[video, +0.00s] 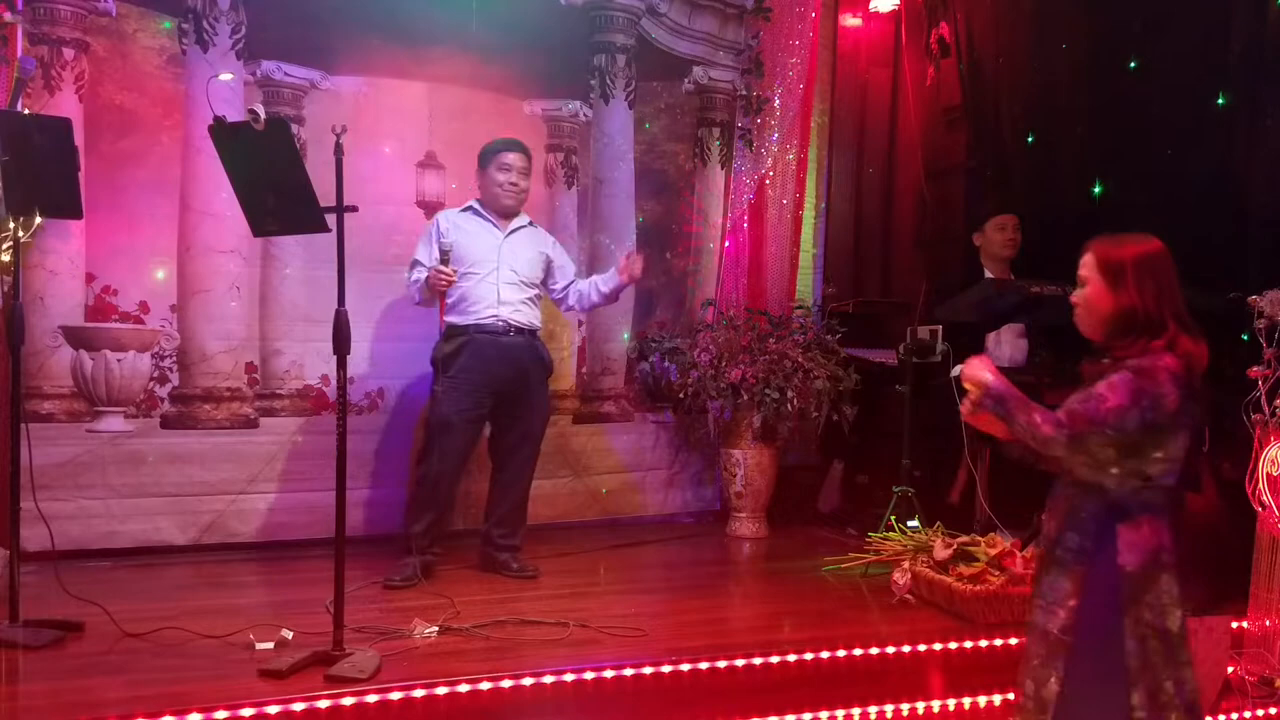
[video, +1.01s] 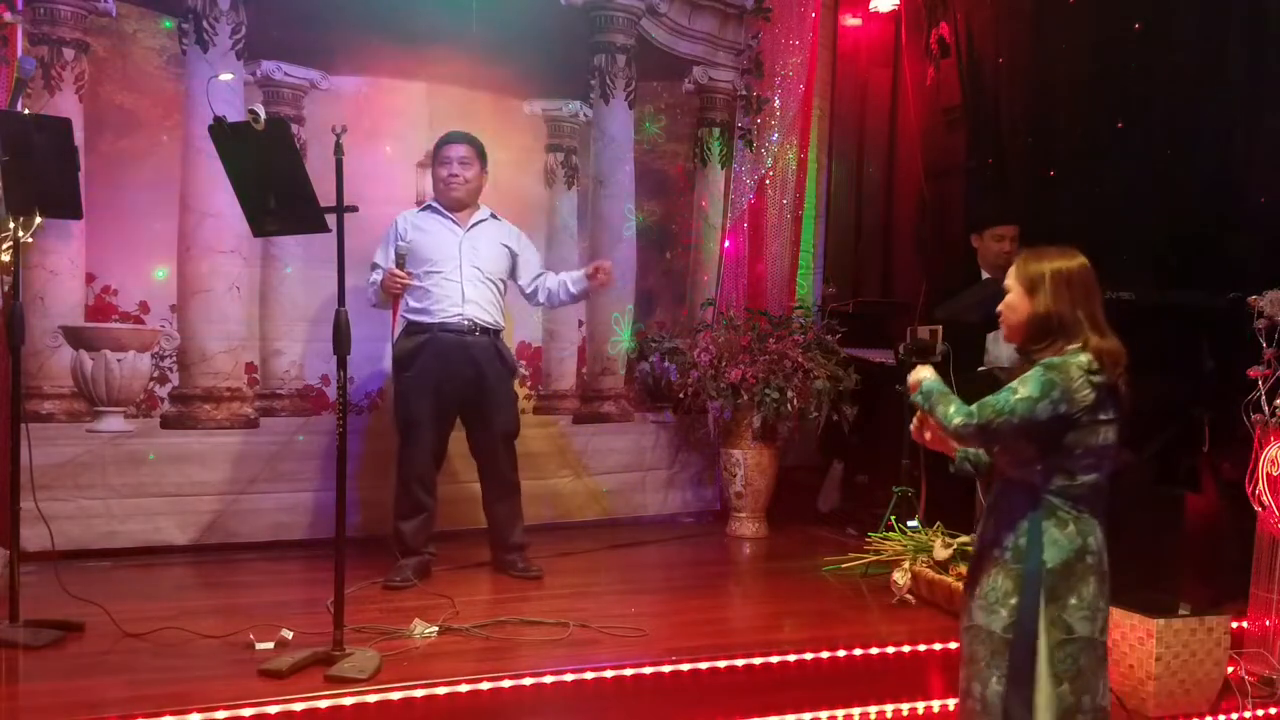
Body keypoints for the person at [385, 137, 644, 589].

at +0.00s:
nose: (514, 180)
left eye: (523, 173)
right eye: (504, 170)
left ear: (530, 182)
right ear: (481, 176)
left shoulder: (542, 241)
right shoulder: (447, 224)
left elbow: (572, 296)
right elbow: (418, 284)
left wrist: (617, 278)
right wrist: (430, 282)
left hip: (526, 353)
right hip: (468, 350)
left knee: (518, 459)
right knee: (443, 453)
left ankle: (503, 550)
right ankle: (418, 554)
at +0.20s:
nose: (498, 178)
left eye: (507, 171)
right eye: (488, 168)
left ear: (515, 180)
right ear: (466, 174)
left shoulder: (527, 239)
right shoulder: (434, 222)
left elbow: (553, 300)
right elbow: (403, 284)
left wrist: (604, 310)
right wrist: (417, 286)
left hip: (510, 352)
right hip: (452, 348)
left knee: (511, 457)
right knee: (432, 454)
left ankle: (501, 550)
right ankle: (414, 555)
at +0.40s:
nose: (472, 176)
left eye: (483, 169)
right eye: (463, 166)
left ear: (496, 180)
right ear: (447, 174)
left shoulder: (512, 238)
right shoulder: (417, 224)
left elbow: (540, 306)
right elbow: (389, 286)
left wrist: (585, 342)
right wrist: (402, 290)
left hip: (490, 352)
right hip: (432, 348)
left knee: (509, 441)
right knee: (418, 446)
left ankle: (502, 548)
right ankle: (412, 555)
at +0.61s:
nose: (456, 173)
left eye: (467, 166)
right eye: (447, 164)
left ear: (484, 176)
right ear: (432, 172)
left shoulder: (501, 235)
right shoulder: (405, 223)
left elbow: (526, 308)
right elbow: (374, 286)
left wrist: (566, 349)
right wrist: (387, 289)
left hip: (482, 350)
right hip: (420, 349)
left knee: (504, 448)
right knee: (413, 455)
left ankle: (512, 550)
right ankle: (412, 557)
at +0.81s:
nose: (452, 172)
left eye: (463, 164)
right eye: (443, 164)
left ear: (480, 176)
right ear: (430, 174)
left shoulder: (502, 234)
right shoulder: (404, 225)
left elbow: (537, 300)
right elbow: (371, 290)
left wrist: (589, 316)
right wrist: (382, 285)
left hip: (483, 351)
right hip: (422, 350)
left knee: (498, 457)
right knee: (415, 460)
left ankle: (510, 552)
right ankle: (412, 557)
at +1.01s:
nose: (453, 171)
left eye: (465, 163)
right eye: (444, 163)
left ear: (483, 175)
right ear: (432, 173)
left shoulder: (506, 233)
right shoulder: (408, 225)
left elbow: (539, 288)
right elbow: (376, 288)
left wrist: (584, 279)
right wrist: (385, 286)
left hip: (486, 352)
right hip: (424, 350)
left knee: (500, 458)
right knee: (418, 459)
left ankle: (510, 552)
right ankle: (413, 557)